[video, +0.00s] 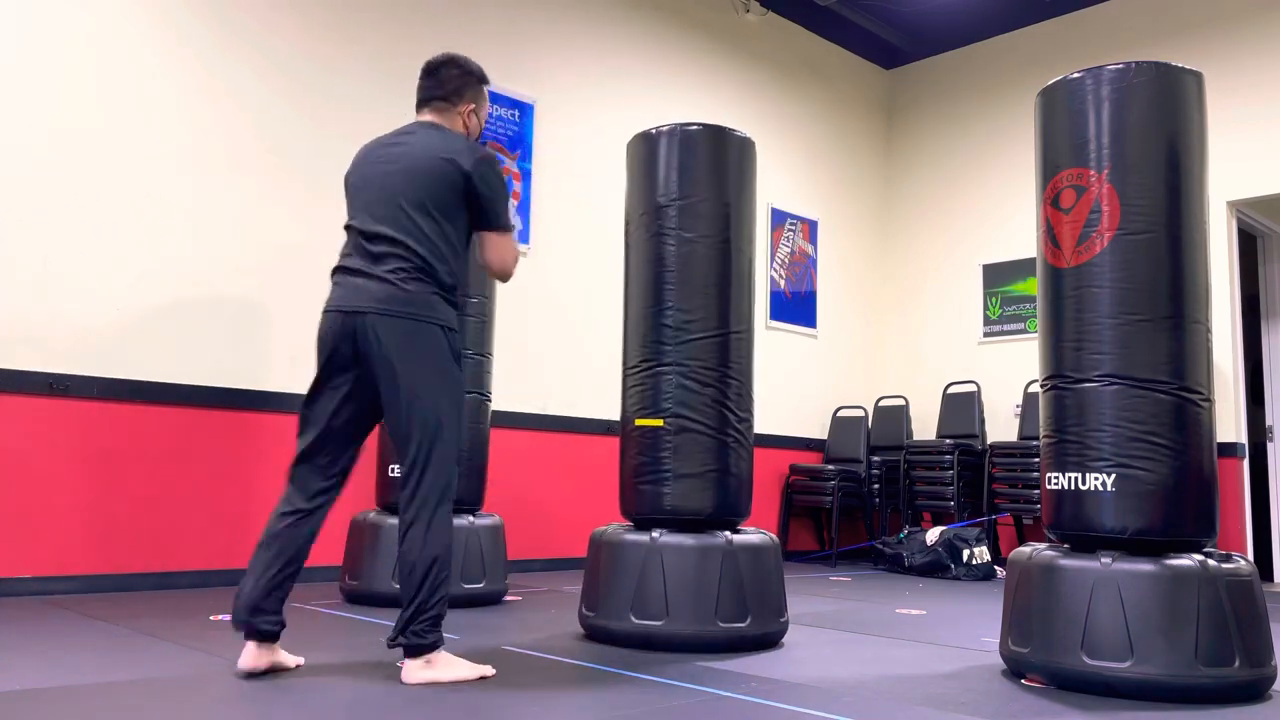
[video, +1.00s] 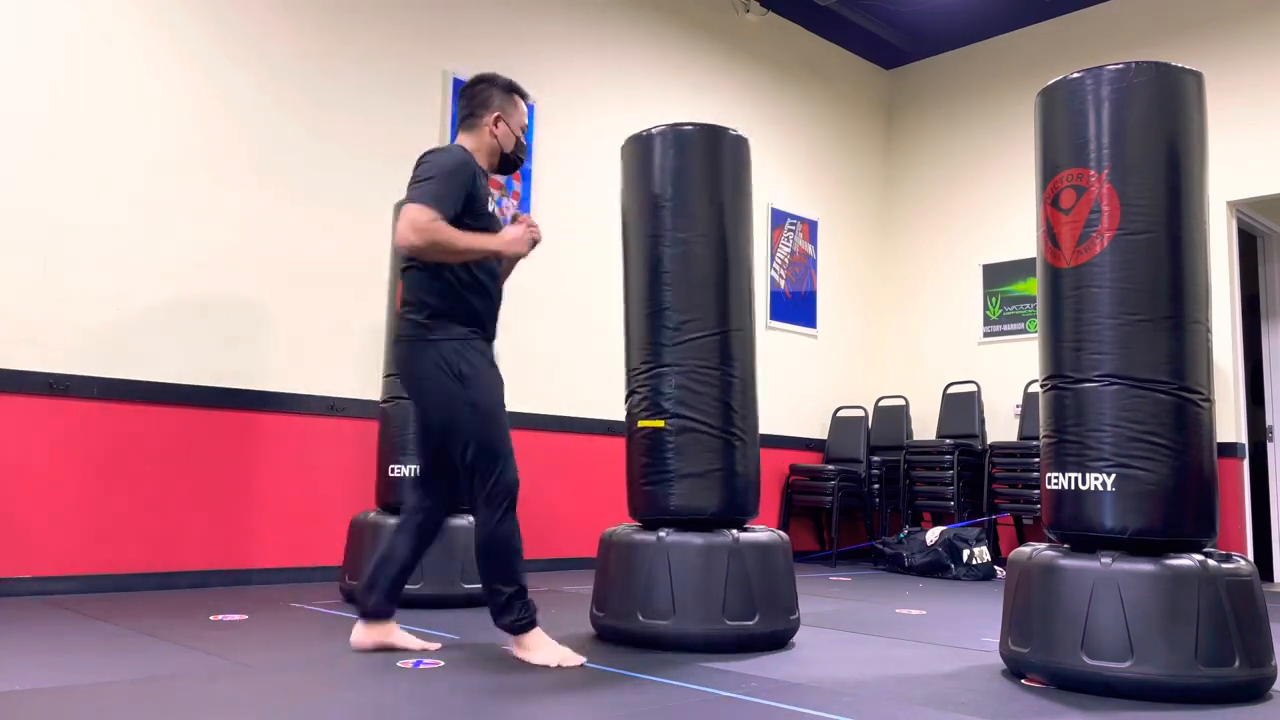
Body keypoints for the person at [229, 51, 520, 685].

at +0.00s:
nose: (485, 119)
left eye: (485, 110)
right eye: (485, 109)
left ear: (423, 103)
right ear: (470, 108)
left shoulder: (371, 153)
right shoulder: (473, 161)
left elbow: (387, 225)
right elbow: (502, 263)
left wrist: (468, 191)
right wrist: (498, 200)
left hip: (344, 313)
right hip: (413, 322)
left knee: (312, 479)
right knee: (431, 483)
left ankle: (258, 639)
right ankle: (422, 650)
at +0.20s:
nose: (481, 135)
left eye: (482, 125)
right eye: (482, 124)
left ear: (425, 110)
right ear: (465, 117)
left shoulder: (361, 157)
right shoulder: (455, 164)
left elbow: (334, 243)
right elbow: (459, 265)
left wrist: (417, 282)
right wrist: (484, 321)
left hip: (323, 312)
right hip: (400, 320)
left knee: (289, 476)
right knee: (452, 468)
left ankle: (250, 644)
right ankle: (446, 625)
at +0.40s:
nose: (492, 135)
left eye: (492, 125)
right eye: (492, 124)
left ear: (433, 114)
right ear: (476, 119)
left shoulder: (391, 163)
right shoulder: (468, 162)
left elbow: (419, 270)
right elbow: (450, 237)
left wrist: (484, 262)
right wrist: (438, 329)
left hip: (351, 332)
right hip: (420, 335)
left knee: (306, 483)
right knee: (493, 473)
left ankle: (256, 643)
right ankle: (523, 630)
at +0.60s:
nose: (504, 111)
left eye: (504, 101)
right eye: (502, 99)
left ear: (467, 98)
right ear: (482, 95)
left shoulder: (476, 166)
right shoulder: (427, 124)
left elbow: (520, 253)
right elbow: (439, 168)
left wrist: (588, 255)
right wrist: (530, 211)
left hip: (487, 325)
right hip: (456, 325)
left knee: (505, 454)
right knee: (502, 463)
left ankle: (390, 480)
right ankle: (516, 630)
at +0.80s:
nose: (532, 131)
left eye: (532, 122)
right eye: (529, 120)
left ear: (497, 114)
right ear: (505, 113)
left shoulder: (486, 164)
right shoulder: (454, 145)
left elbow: (462, 256)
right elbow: (518, 196)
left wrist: (518, 264)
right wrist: (553, 154)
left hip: (511, 327)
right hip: (458, 337)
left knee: (596, 369)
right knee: (511, 479)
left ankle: (615, 437)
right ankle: (530, 629)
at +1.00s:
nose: (522, 140)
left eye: (523, 130)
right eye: (520, 128)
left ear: (483, 123)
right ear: (496, 122)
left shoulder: (474, 183)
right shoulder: (450, 162)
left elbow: (478, 280)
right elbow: (413, 232)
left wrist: (513, 249)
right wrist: (498, 241)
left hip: (447, 348)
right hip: (447, 349)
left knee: (438, 492)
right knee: (496, 485)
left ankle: (375, 620)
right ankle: (522, 631)